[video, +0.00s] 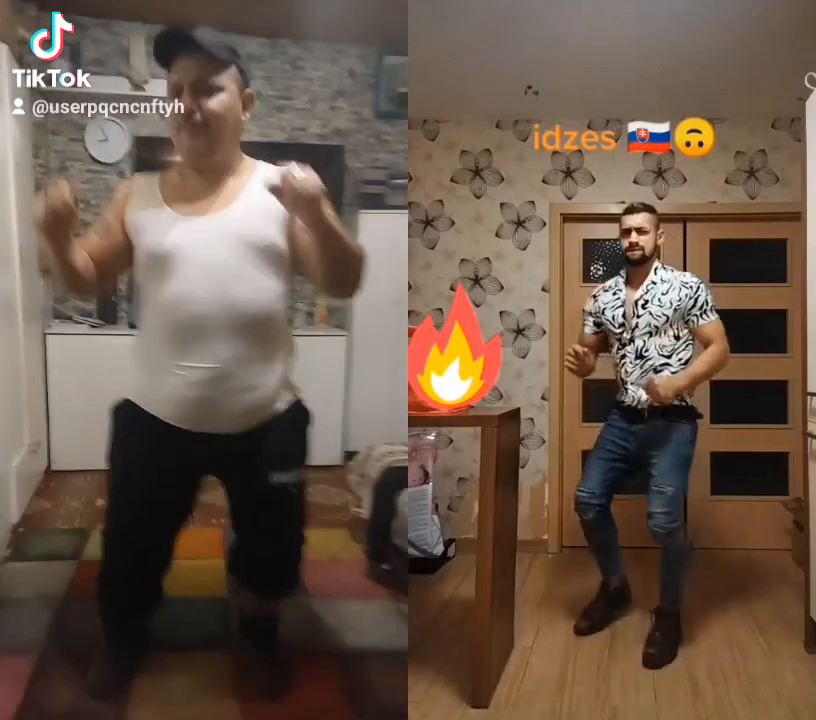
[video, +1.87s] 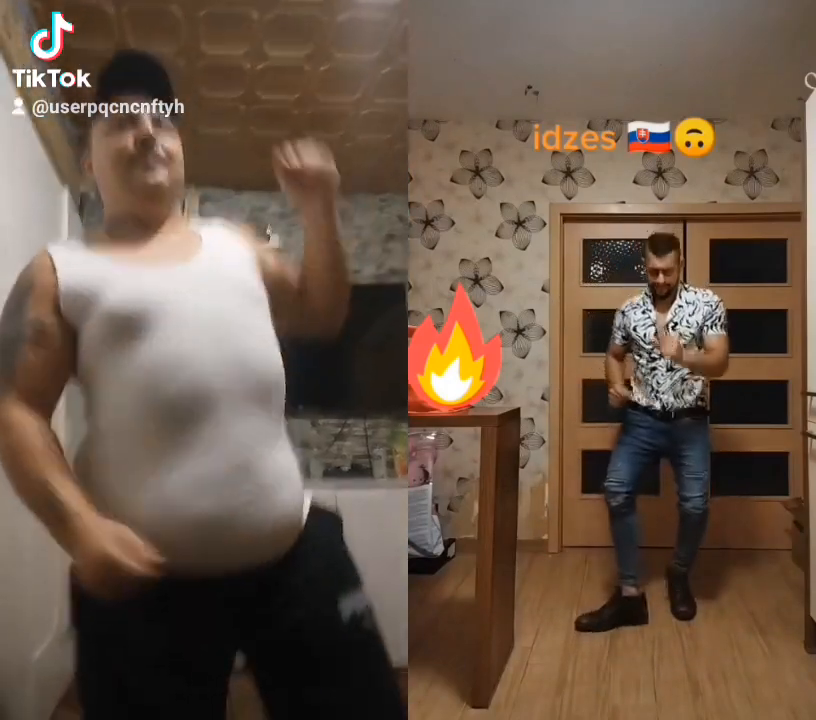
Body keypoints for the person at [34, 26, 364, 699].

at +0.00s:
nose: (190, 105)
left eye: (208, 90)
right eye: (178, 92)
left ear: (245, 104)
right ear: (166, 104)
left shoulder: (280, 188)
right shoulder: (139, 194)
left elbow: (343, 281)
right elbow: (83, 280)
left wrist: (317, 211)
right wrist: (58, 239)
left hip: (263, 420)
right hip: (156, 418)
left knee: (271, 556)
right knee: (130, 559)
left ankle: (260, 643)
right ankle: (120, 656)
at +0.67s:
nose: (210, 181)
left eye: (221, 164)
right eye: (194, 172)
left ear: (246, 176)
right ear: (176, 193)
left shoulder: (293, 248)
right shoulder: (158, 276)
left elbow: (350, 326)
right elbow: (123, 368)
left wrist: (353, 267)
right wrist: (120, 322)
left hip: (288, 480)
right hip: (186, 483)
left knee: (299, 627)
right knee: (152, 633)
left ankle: (292, 703)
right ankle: (136, 705)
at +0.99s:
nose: (258, 244)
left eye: (272, 232)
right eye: (242, 230)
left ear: (286, 248)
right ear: (212, 247)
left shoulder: (316, 330)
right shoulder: (170, 325)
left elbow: (370, 414)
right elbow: (102, 399)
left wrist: (359, 327)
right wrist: (92, 355)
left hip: (286, 575)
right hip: (169, 574)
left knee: (308, 712)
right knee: (140, 712)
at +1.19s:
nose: (237, 273)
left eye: (253, 266)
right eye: (221, 262)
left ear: (269, 293)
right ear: (194, 283)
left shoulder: (292, 376)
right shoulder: (140, 356)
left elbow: (329, 494)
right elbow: (51, 429)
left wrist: (307, 400)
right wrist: (55, 347)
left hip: (250, 650)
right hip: (118, 648)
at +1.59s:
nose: (172, 180)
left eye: (184, 172)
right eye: (148, 168)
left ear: (201, 204)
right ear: (108, 202)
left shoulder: (245, 296)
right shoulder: (71, 292)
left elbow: (289, 395)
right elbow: (22, 413)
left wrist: (333, 357)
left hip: (264, 609)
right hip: (119, 620)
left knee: (304, 706)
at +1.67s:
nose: (164, 173)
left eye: (178, 164)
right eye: (139, 161)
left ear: (198, 196)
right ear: (102, 196)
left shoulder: (241, 288)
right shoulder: (72, 291)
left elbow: (298, 380)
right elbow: (42, 421)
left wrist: (343, 313)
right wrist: (164, 475)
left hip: (289, 608)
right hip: (142, 625)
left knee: (330, 711)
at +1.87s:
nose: (145, 133)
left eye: (162, 119)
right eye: (121, 122)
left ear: (183, 149)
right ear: (88, 161)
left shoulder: (239, 247)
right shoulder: (63, 272)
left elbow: (323, 316)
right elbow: (19, 411)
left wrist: (319, 212)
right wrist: (82, 529)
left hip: (292, 570)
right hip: (144, 590)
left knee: (365, 712)